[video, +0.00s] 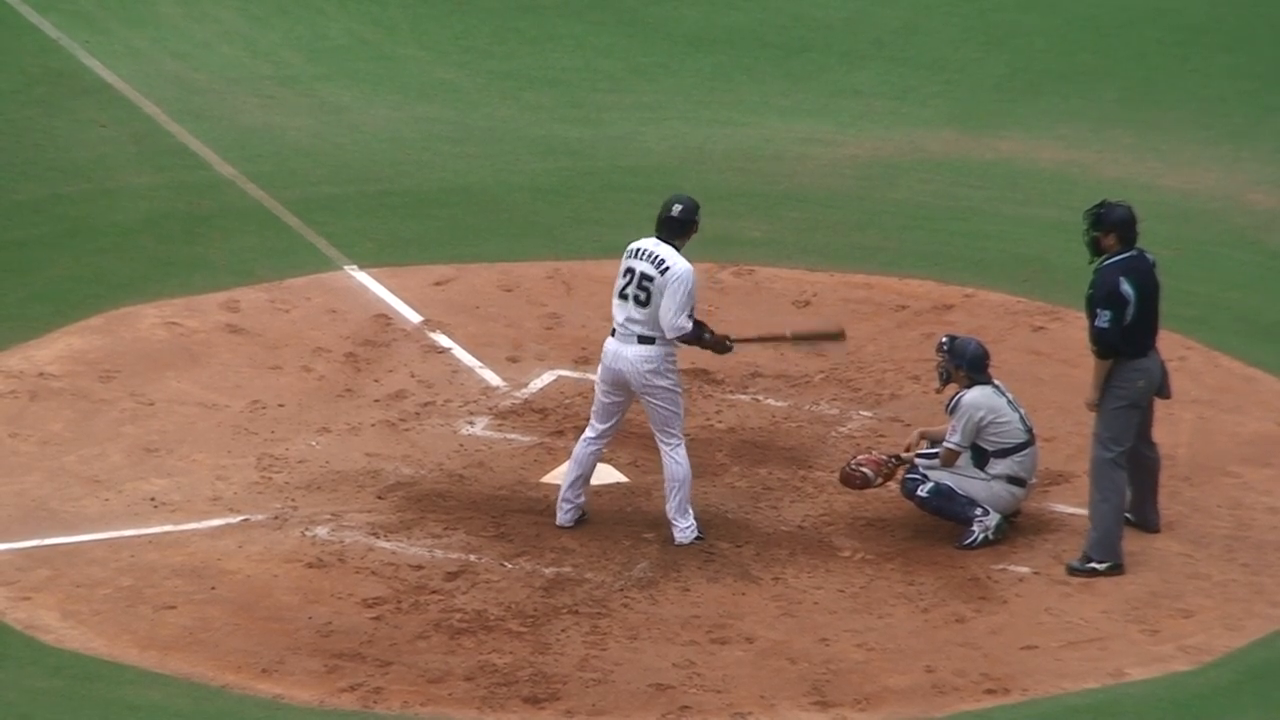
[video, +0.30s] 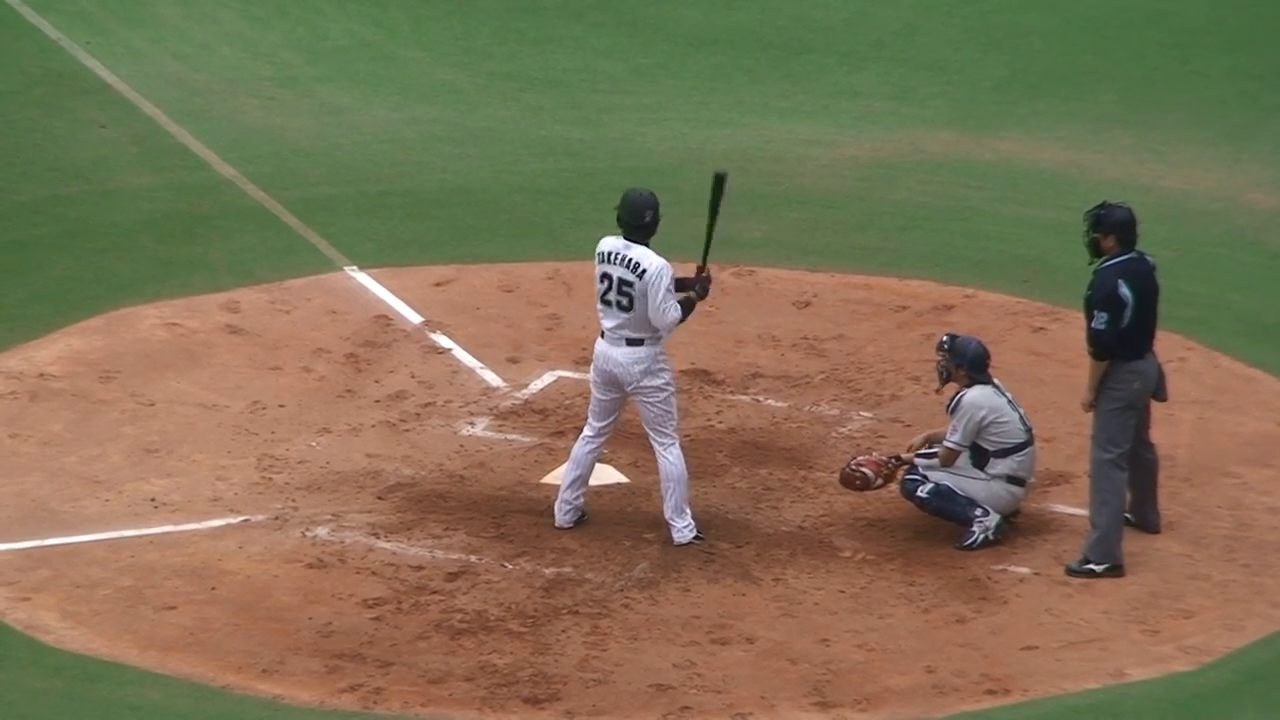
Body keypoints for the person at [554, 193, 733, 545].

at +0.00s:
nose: (693, 232)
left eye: (692, 227)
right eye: (693, 227)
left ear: (659, 221)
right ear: (690, 230)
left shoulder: (635, 248)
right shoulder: (680, 269)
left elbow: (656, 306)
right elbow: (676, 326)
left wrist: (698, 326)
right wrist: (710, 342)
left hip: (614, 350)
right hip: (652, 359)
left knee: (597, 431)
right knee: (671, 441)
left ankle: (567, 510)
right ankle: (683, 527)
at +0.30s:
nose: (658, 221)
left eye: (656, 215)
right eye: (656, 216)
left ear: (621, 220)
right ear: (653, 222)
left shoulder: (605, 247)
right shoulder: (656, 268)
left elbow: (642, 282)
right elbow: (665, 319)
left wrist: (687, 284)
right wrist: (694, 298)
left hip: (605, 353)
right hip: (644, 360)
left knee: (593, 433)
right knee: (666, 442)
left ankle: (566, 510)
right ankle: (682, 527)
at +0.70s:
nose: (598, 223)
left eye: (600, 220)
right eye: (634, 222)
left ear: (604, 226)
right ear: (634, 227)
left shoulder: (589, 252)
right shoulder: (649, 269)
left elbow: (624, 267)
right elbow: (687, 301)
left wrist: (665, 262)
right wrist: (680, 264)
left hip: (603, 357)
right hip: (644, 361)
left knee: (592, 432)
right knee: (665, 442)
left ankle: (565, 509)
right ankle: (681, 527)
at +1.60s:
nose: (627, 253)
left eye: (629, 249)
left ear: (631, 254)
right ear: (664, 255)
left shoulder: (613, 289)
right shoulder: (681, 295)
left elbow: (643, 302)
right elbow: (714, 334)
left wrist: (676, 285)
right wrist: (701, 298)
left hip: (626, 390)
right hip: (669, 389)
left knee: (613, 443)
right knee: (677, 454)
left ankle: (569, 508)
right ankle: (685, 528)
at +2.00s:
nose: (631, 233)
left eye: (632, 229)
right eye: (669, 229)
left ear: (636, 234)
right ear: (669, 235)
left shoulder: (615, 267)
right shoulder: (677, 277)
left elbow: (645, 300)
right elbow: (699, 326)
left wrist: (687, 284)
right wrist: (700, 297)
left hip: (619, 369)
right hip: (660, 374)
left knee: (608, 437)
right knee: (683, 447)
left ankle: (568, 509)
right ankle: (682, 528)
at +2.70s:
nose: (655, 229)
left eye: (657, 225)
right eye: (658, 225)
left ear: (661, 231)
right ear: (693, 233)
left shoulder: (643, 260)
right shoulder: (706, 273)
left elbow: (688, 275)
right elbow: (750, 287)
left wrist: (735, 256)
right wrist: (748, 254)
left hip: (641, 365)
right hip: (681, 373)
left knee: (658, 412)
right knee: (690, 446)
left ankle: (629, 483)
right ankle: (683, 527)